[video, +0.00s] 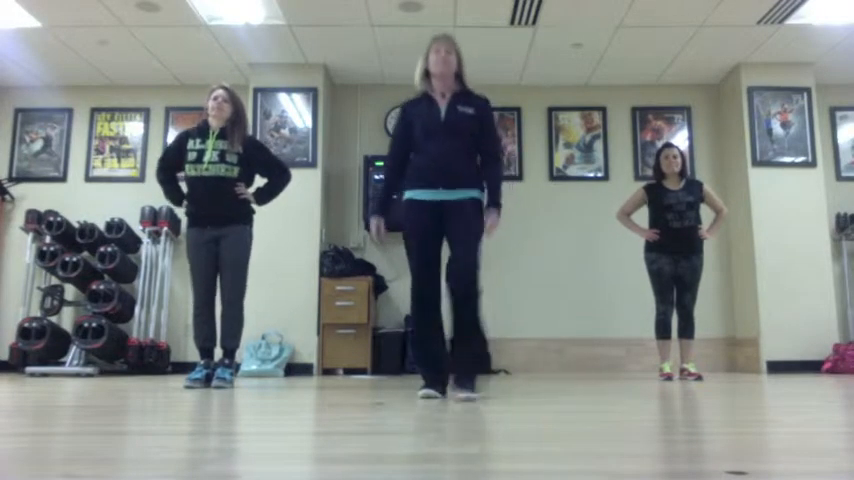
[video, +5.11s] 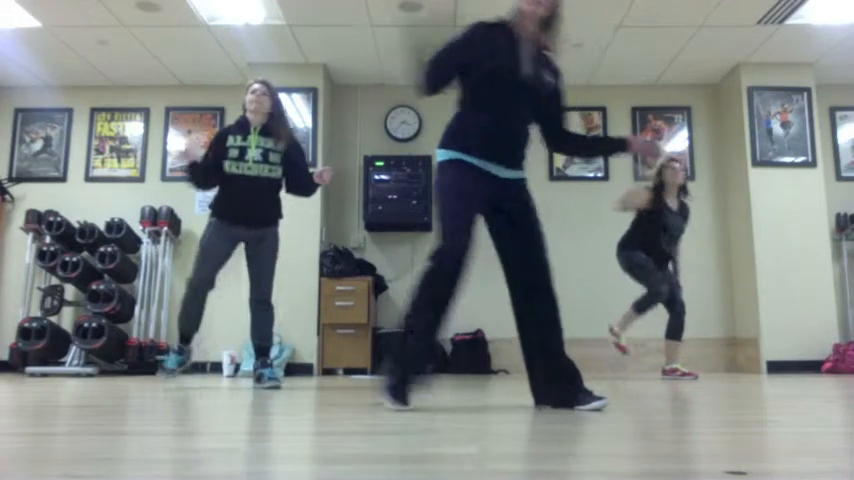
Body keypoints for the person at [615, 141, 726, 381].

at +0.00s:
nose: (672, 161)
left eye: (675, 157)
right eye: (666, 158)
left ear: (682, 160)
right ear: (659, 163)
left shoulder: (696, 187)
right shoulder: (651, 190)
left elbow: (721, 210)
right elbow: (622, 214)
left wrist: (709, 232)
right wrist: (643, 232)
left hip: (690, 253)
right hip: (660, 254)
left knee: (686, 309)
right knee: (664, 308)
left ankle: (687, 363)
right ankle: (665, 363)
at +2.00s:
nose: (642, 164)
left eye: (646, 160)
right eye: (638, 161)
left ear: (654, 163)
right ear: (631, 166)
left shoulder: (667, 191)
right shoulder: (624, 193)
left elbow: (692, 213)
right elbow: (595, 217)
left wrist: (680, 235)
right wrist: (617, 235)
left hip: (665, 253)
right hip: (636, 255)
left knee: (663, 307)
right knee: (642, 309)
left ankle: (662, 362)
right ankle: (648, 363)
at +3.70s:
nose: (635, 164)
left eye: (639, 161)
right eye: (631, 161)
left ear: (645, 166)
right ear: (622, 165)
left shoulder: (656, 194)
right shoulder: (612, 196)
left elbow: (675, 223)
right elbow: (606, 230)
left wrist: (690, 250)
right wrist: (613, 210)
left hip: (656, 255)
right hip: (626, 256)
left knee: (663, 308)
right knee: (627, 310)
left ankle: (663, 363)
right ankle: (616, 364)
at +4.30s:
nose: (638, 163)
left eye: (640, 160)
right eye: (633, 160)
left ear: (643, 166)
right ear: (622, 166)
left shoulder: (649, 194)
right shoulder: (611, 190)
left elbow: (656, 231)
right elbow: (615, 210)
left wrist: (671, 264)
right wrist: (626, 181)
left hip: (645, 256)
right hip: (619, 256)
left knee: (676, 299)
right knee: (619, 307)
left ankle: (672, 358)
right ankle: (615, 365)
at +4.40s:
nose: (647, 165)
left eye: (650, 161)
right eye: (642, 160)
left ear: (654, 166)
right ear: (634, 165)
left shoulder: (658, 201)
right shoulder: (626, 190)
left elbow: (661, 239)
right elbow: (622, 220)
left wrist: (678, 269)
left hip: (650, 257)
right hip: (626, 254)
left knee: (670, 306)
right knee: (626, 306)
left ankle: (670, 364)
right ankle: (615, 364)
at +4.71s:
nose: (681, 176)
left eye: (683, 172)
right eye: (674, 172)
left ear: (687, 179)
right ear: (664, 177)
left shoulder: (679, 211)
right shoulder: (655, 200)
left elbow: (668, 251)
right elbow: (630, 222)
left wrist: (680, 278)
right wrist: (649, 211)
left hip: (658, 263)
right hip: (636, 256)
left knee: (678, 307)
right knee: (656, 302)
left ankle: (671, 365)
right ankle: (610, 336)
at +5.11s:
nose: (676, 170)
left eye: (679, 167)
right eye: (671, 167)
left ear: (684, 177)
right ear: (661, 174)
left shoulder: (683, 208)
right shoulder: (651, 196)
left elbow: (674, 244)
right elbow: (622, 204)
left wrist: (676, 274)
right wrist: (636, 198)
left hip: (659, 260)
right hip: (633, 252)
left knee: (677, 307)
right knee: (660, 289)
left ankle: (671, 365)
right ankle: (618, 329)